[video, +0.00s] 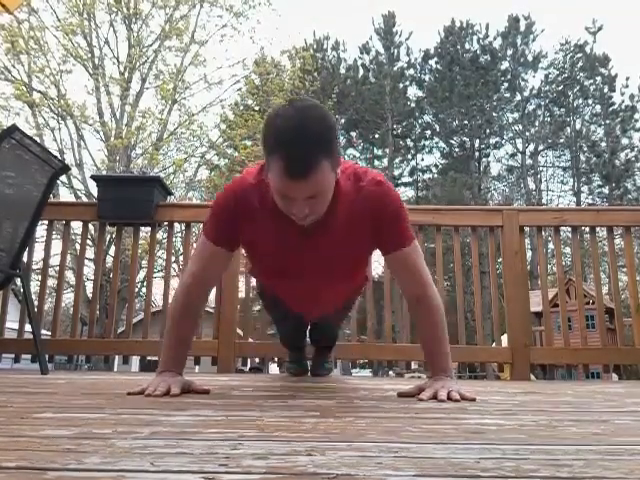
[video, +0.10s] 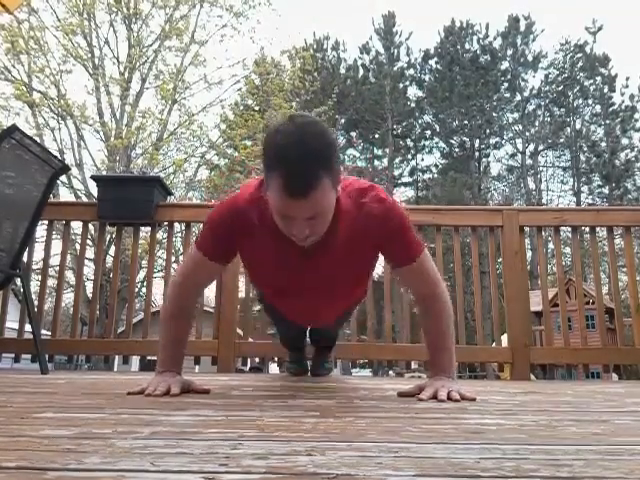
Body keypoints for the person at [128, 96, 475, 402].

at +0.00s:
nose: (299, 211)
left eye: (312, 198)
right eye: (286, 198)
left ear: (336, 170)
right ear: (267, 173)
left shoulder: (374, 197)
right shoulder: (239, 199)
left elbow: (419, 290)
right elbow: (194, 285)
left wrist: (441, 376)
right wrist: (168, 370)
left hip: (339, 295)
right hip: (279, 294)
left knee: (327, 333)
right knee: (291, 334)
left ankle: (323, 356)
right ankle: (296, 355)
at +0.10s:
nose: (300, 229)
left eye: (314, 217)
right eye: (286, 217)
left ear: (335, 186)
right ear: (267, 189)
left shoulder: (375, 211)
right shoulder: (236, 212)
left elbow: (430, 293)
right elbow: (184, 286)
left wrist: (442, 375)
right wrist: (167, 370)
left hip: (338, 306)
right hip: (282, 306)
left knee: (327, 337)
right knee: (293, 340)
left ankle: (322, 358)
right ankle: (297, 358)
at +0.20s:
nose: (298, 314)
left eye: (312, 302)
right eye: (283, 303)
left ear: (335, 268)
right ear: (263, 271)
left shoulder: (375, 259)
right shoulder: (236, 259)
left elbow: (447, 296)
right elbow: (165, 290)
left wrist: (444, 375)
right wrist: (165, 370)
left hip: (338, 334)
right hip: (272, 334)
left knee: (323, 349)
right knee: (287, 349)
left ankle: (319, 357)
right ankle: (295, 355)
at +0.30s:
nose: (297, 373)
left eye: (311, 360)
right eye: (282, 362)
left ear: (335, 314)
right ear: (258, 316)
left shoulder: (373, 286)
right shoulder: (236, 284)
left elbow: (447, 293)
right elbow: (165, 286)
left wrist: (443, 374)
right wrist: (165, 368)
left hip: (340, 365)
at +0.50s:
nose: (296, 360)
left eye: (309, 348)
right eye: (280, 350)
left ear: (334, 305)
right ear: (255, 308)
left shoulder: (371, 283)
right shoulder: (230, 280)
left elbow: (448, 295)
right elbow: (163, 290)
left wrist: (444, 375)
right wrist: (165, 369)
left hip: (339, 353)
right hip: (264, 352)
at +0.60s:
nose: (295, 310)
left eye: (308, 301)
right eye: (281, 302)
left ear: (331, 267)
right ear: (258, 271)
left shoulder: (374, 262)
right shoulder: (229, 261)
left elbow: (446, 294)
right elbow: (163, 291)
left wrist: (444, 375)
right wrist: (165, 371)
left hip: (339, 330)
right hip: (273, 333)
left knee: (330, 348)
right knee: (290, 350)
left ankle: (325, 356)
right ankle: (297, 355)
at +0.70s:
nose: (296, 251)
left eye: (310, 238)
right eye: (281, 238)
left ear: (332, 207)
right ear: (261, 212)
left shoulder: (372, 225)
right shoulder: (231, 227)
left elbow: (435, 292)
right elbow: (172, 290)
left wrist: (444, 376)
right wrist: (166, 371)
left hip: (335, 308)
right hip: (280, 308)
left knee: (326, 337)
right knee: (293, 339)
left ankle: (323, 358)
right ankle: (296, 356)